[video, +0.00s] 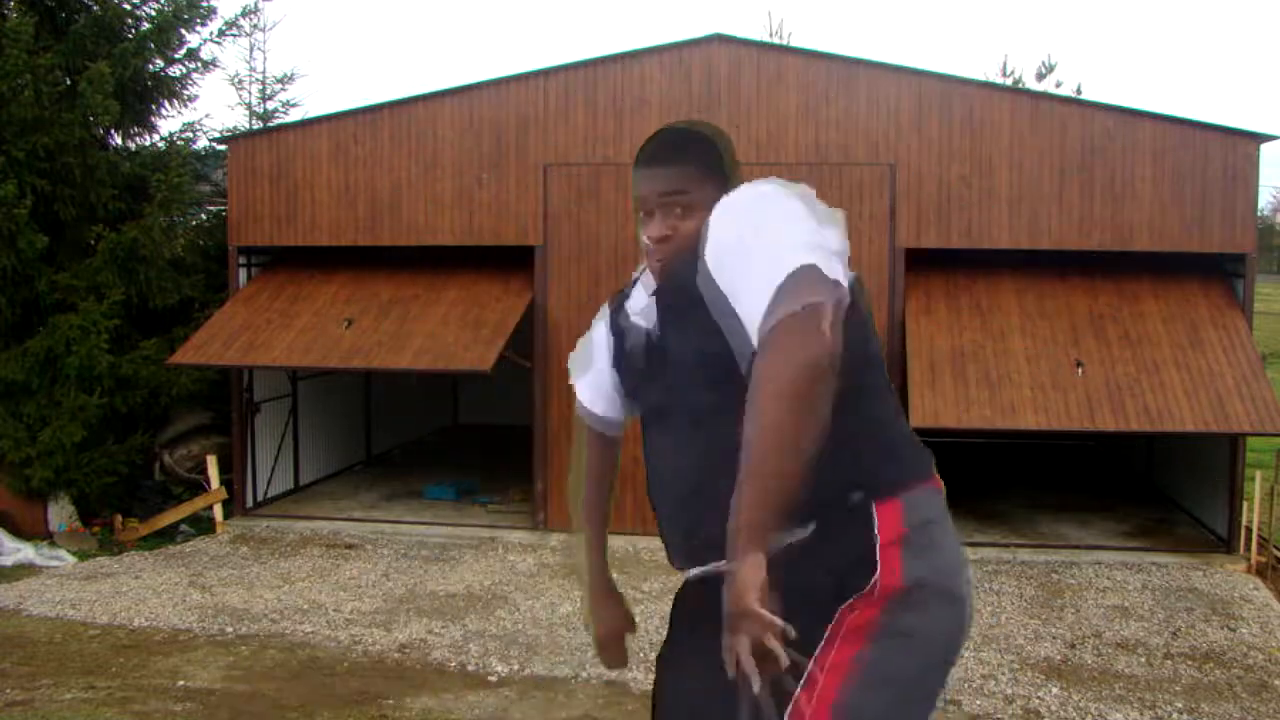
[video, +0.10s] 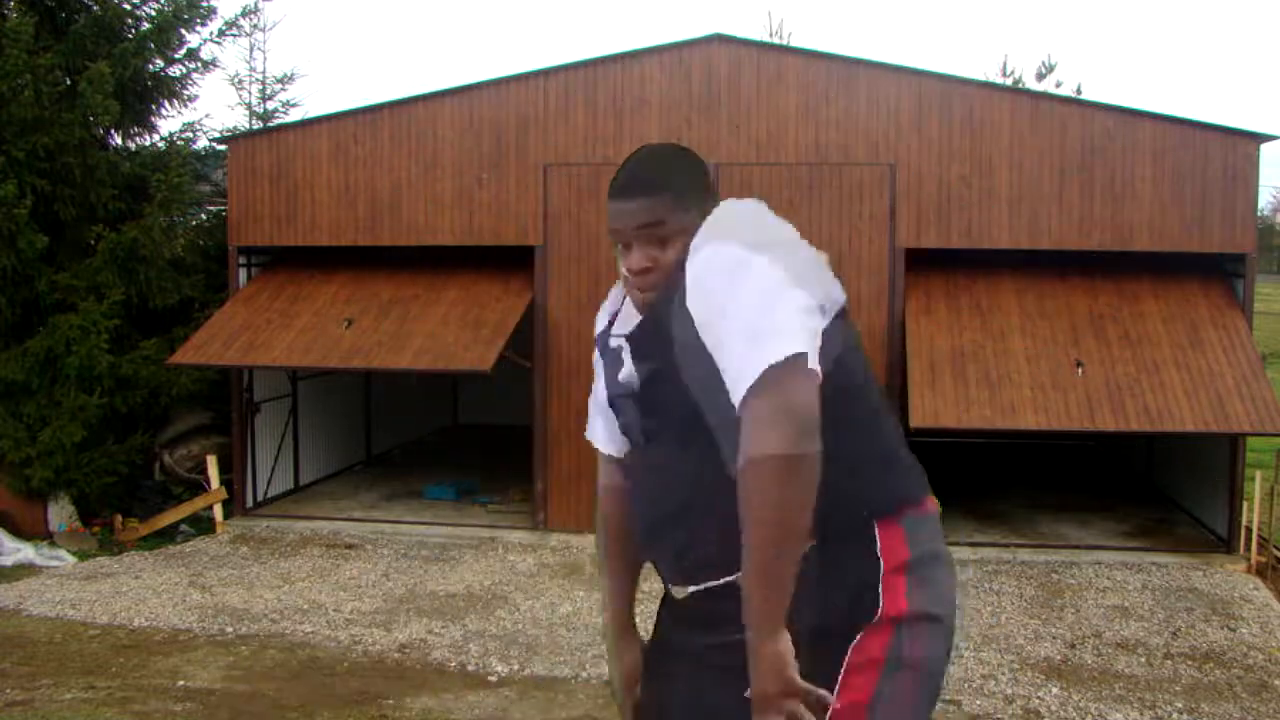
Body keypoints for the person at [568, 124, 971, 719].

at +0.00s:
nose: (657, 228)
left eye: (679, 207)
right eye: (645, 211)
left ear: (723, 200)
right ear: (634, 213)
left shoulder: (755, 214)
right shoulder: (624, 319)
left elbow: (805, 346)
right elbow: (597, 436)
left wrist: (749, 551)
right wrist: (598, 583)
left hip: (873, 562)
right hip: (726, 582)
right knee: (687, 704)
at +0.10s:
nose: (637, 262)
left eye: (658, 238)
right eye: (622, 244)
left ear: (709, 220)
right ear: (610, 240)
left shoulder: (737, 243)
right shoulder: (620, 318)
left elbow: (785, 423)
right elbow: (617, 479)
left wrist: (767, 631)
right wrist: (621, 630)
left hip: (860, 585)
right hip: (713, 598)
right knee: (661, 701)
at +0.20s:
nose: (628, 363)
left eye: (649, 337)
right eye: (613, 341)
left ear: (700, 302)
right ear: (597, 332)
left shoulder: (738, 346)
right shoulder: (614, 363)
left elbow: (805, 556)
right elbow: (627, 533)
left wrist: (825, 711)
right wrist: (637, 685)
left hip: (910, 628)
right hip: (740, 620)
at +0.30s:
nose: (688, 421)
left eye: (707, 396)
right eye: (670, 400)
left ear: (760, 354)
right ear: (652, 382)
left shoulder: (810, 394)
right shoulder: (662, 414)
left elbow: (925, 577)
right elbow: (684, 565)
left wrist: (963, 713)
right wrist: (695, 700)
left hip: (989, 634)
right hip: (817, 644)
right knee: (757, 703)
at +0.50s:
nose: (869, 412)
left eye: (889, 385)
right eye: (846, 391)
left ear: (924, 363)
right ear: (811, 379)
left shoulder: (996, 403)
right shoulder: (789, 446)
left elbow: (1168, 525)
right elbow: (813, 576)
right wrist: (848, 694)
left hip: (1076, 670)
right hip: (934, 674)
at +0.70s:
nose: (920, 173)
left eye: (942, 152)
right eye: (897, 150)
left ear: (964, 150)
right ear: (847, 151)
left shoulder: (1037, 200)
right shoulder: (779, 261)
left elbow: (1151, 339)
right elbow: (755, 433)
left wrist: (1140, 512)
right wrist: (838, 598)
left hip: (1076, 592)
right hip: (908, 615)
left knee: (1202, 702)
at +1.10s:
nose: (969, 261)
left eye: (989, 243)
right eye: (950, 234)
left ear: (1004, 244)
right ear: (902, 212)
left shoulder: (1001, 304)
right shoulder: (853, 276)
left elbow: (1014, 506)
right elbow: (845, 493)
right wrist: (908, 665)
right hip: (783, 622)